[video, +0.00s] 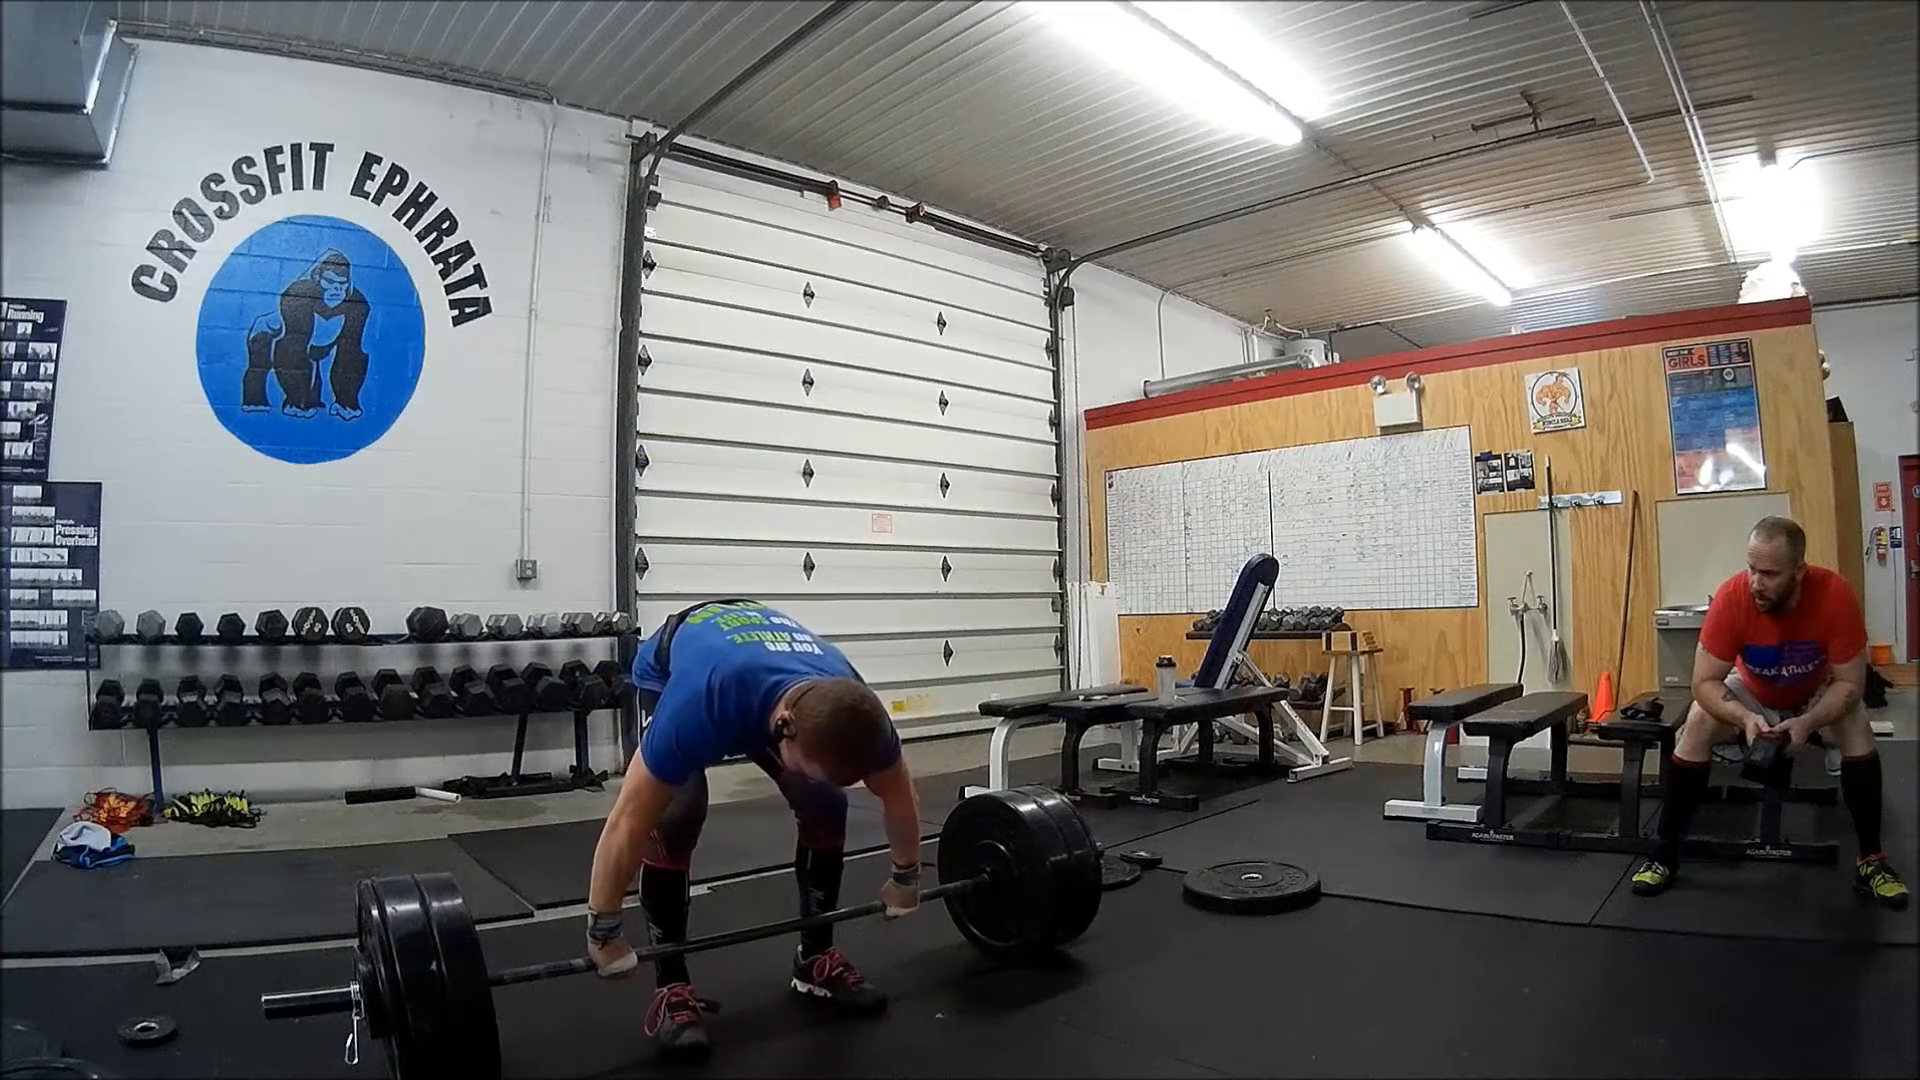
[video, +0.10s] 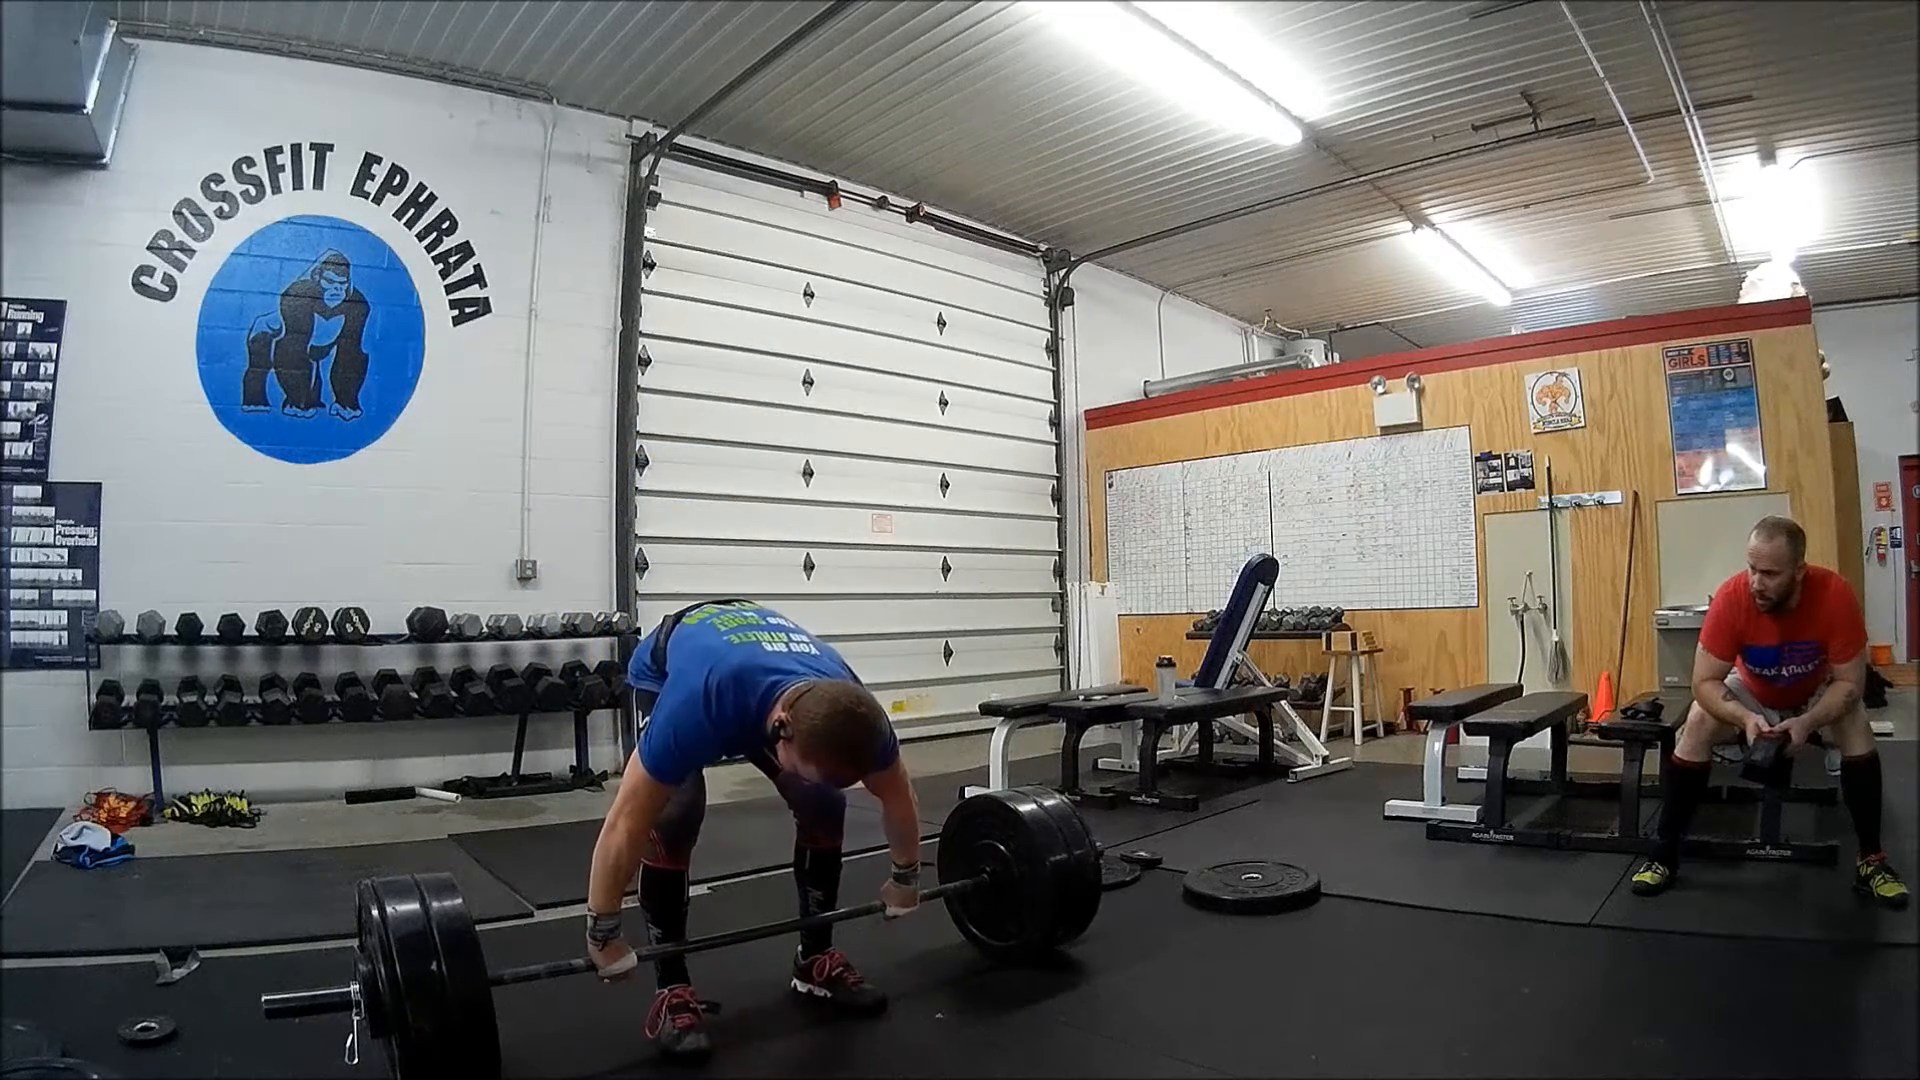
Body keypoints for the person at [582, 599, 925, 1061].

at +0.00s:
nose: (822, 789)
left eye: (838, 782)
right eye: (815, 776)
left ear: (866, 743)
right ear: (785, 726)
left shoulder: (865, 722)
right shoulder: (698, 707)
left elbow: (898, 794)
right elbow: (628, 818)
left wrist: (907, 877)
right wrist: (603, 932)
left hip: (772, 647)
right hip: (671, 667)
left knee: (827, 807)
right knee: (679, 816)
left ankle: (816, 959)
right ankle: (672, 989)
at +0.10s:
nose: (819, 791)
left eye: (835, 784)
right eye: (812, 778)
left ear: (864, 747)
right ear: (781, 727)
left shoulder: (868, 727)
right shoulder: (695, 709)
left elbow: (897, 796)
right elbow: (625, 820)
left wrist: (906, 877)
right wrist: (603, 933)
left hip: (767, 646)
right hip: (666, 668)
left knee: (825, 804)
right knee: (678, 815)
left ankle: (816, 959)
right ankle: (673, 991)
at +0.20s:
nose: (823, 793)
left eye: (838, 785)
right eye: (815, 780)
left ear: (865, 746)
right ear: (784, 731)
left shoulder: (868, 728)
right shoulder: (695, 708)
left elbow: (896, 794)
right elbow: (625, 819)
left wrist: (907, 876)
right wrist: (603, 932)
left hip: (767, 650)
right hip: (664, 669)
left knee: (825, 805)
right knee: (676, 815)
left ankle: (815, 958)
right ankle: (673, 992)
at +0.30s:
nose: (824, 789)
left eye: (839, 783)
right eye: (819, 776)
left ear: (868, 739)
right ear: (788, 731)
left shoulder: (867, 723)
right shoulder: (699, 707)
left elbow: (898, 795)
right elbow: (626, 819)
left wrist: (908, 876)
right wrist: (603, 932)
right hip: (663, 670)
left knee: (824, 805)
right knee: (675, 816)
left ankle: (815, 958)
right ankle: (673, 992)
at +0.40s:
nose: (821, 787)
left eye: (837, 781)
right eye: (818, 774)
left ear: (870, 733)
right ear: (790, 730)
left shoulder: (867, 722)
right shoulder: (701, 705)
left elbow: (899, 793)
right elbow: (629, 816)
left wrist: (908, 876)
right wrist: (603, 930)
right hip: (663, 675)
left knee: (824, 804)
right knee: (676, 812)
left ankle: (815, 959)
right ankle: (673, 992)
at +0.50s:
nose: (817, 779)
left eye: (833, 774)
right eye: (815, 767)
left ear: (868, 733)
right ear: (790, 723)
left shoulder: (863, 718)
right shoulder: (700, 705)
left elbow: (899, 793)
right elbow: (631, 816)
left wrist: (909, 877)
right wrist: (603, 930)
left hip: (762, 659)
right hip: (662, 674)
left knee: (824, 803)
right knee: (675, 813)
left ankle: (816, 958)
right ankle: (673, 991)